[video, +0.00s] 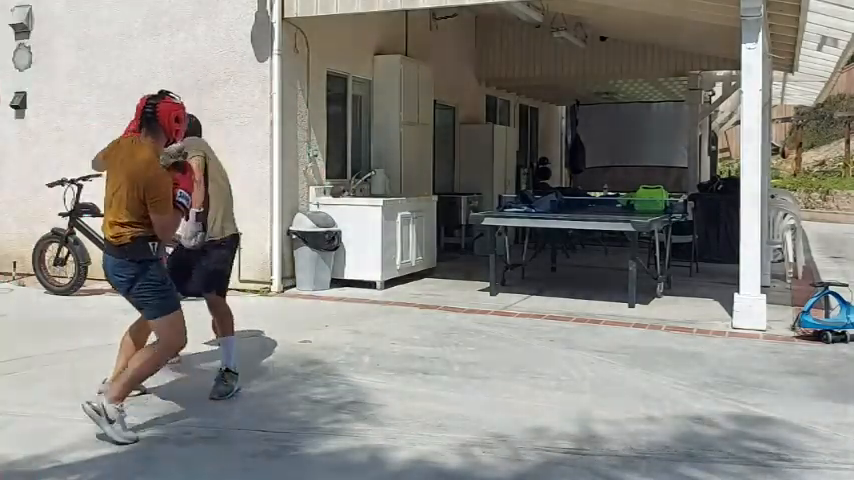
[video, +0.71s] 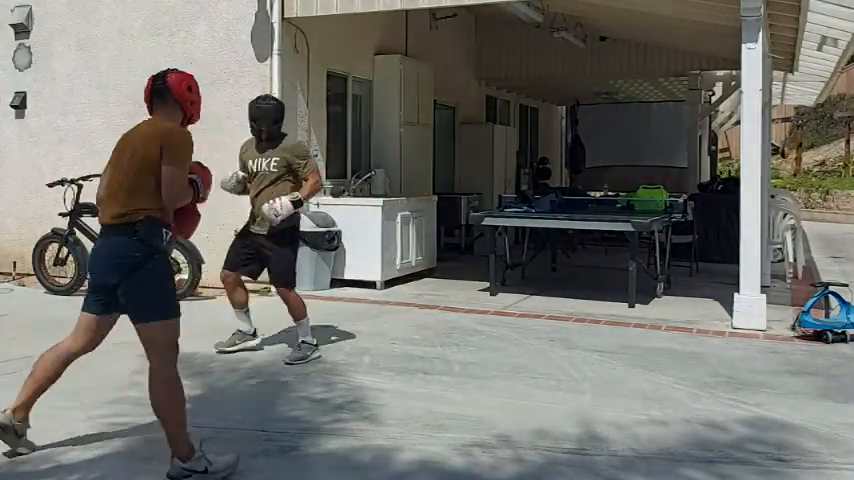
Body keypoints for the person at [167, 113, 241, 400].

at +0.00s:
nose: (167, 138)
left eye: (171, 132)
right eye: (168, 133)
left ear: (181, 131)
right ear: (195, 131)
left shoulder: (193, 144)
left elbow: (199, 180)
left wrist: (193, 220)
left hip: (219, 236)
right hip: (194, 237)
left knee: (215, 299)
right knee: (164, 293)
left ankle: (229, 370)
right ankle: (169, 347)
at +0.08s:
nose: (169, 132)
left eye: (173, 126)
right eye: (170, 127)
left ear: (184, 126)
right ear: (193, 127)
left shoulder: (196, 142)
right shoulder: (185, 154)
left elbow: (202, 173)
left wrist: (197, 216)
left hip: (223, 235)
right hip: (197, 236)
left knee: (219, 294)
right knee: (165, 285)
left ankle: (234, 365)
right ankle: (166, 346)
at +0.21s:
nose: (190, 130)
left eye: (196, 123)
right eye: (186, 126)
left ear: (209, 124)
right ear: (184, 131)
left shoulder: (218, 142)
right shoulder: (199, 160)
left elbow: (224, 181)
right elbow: (186, 195)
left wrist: (209, 216)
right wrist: (184, 181)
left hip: (229, 231)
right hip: (205, 231)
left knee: (224, 294)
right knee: (174, 287)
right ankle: (167, 347)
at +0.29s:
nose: (208, 132)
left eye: (214, 127)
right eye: (204, 128)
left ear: (227, 127)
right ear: (200, 131)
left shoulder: (239, 151)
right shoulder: (213, 162)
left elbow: (248, 192)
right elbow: (211, 204)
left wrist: (220, 220)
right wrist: (192, 187)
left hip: (237, 236)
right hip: (210, 235)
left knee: (241, 302)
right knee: (178, 288)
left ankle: (290, 329)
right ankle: (167, 347)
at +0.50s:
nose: (243, 130)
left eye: (250, 125)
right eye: (239, 125)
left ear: (262, 130)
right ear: (234, 130)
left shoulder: (276, 162)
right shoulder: (237, 163)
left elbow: (285, 204)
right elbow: (242, 202)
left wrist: (256, 220)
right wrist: (221, 199)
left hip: (270, 241)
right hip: (240, 238)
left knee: (271, 301)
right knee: (207, 286)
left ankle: (306, 341)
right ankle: (177, 343)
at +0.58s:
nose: (251, 125)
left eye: (258, 120)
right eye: (248, 120)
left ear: (270, 125)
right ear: (242, 124)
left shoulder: (284, 157)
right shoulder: (241, 158)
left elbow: (298, 197)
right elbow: (249, 195)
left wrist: (271, 216)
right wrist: (230, 195)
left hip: (276, 236)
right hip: (247, 234)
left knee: (275, 296)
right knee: (216, 280)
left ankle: (306, 341)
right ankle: (192, 340)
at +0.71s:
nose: (261, 130)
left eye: (266, 125)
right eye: (257, 124)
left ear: (276, 123)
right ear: (252, 122)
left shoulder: (293, 149)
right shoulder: (247, 150)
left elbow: (315, 181)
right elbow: (251, 186)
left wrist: (292, 201)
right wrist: (236, 185)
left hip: (282, 231)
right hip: (254, 228)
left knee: (283, 287)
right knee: (229, 277)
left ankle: (307, 342)